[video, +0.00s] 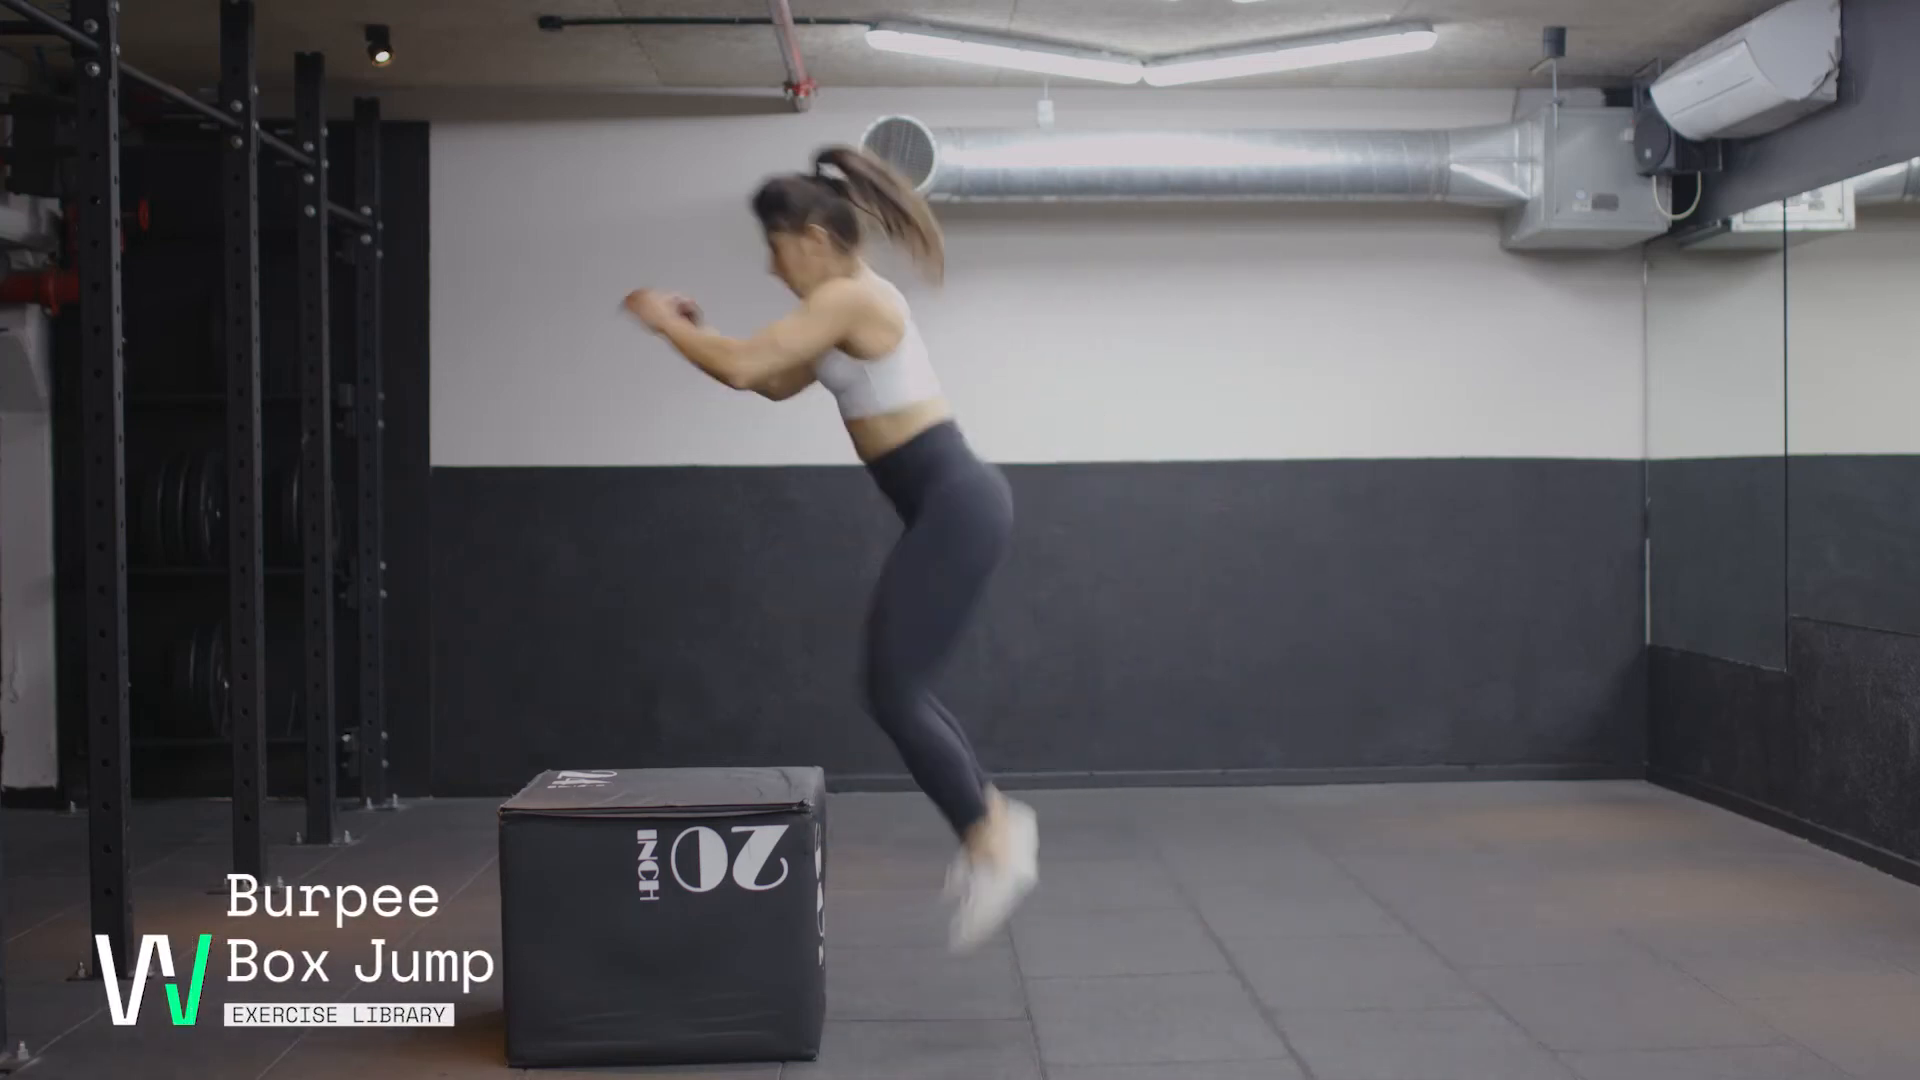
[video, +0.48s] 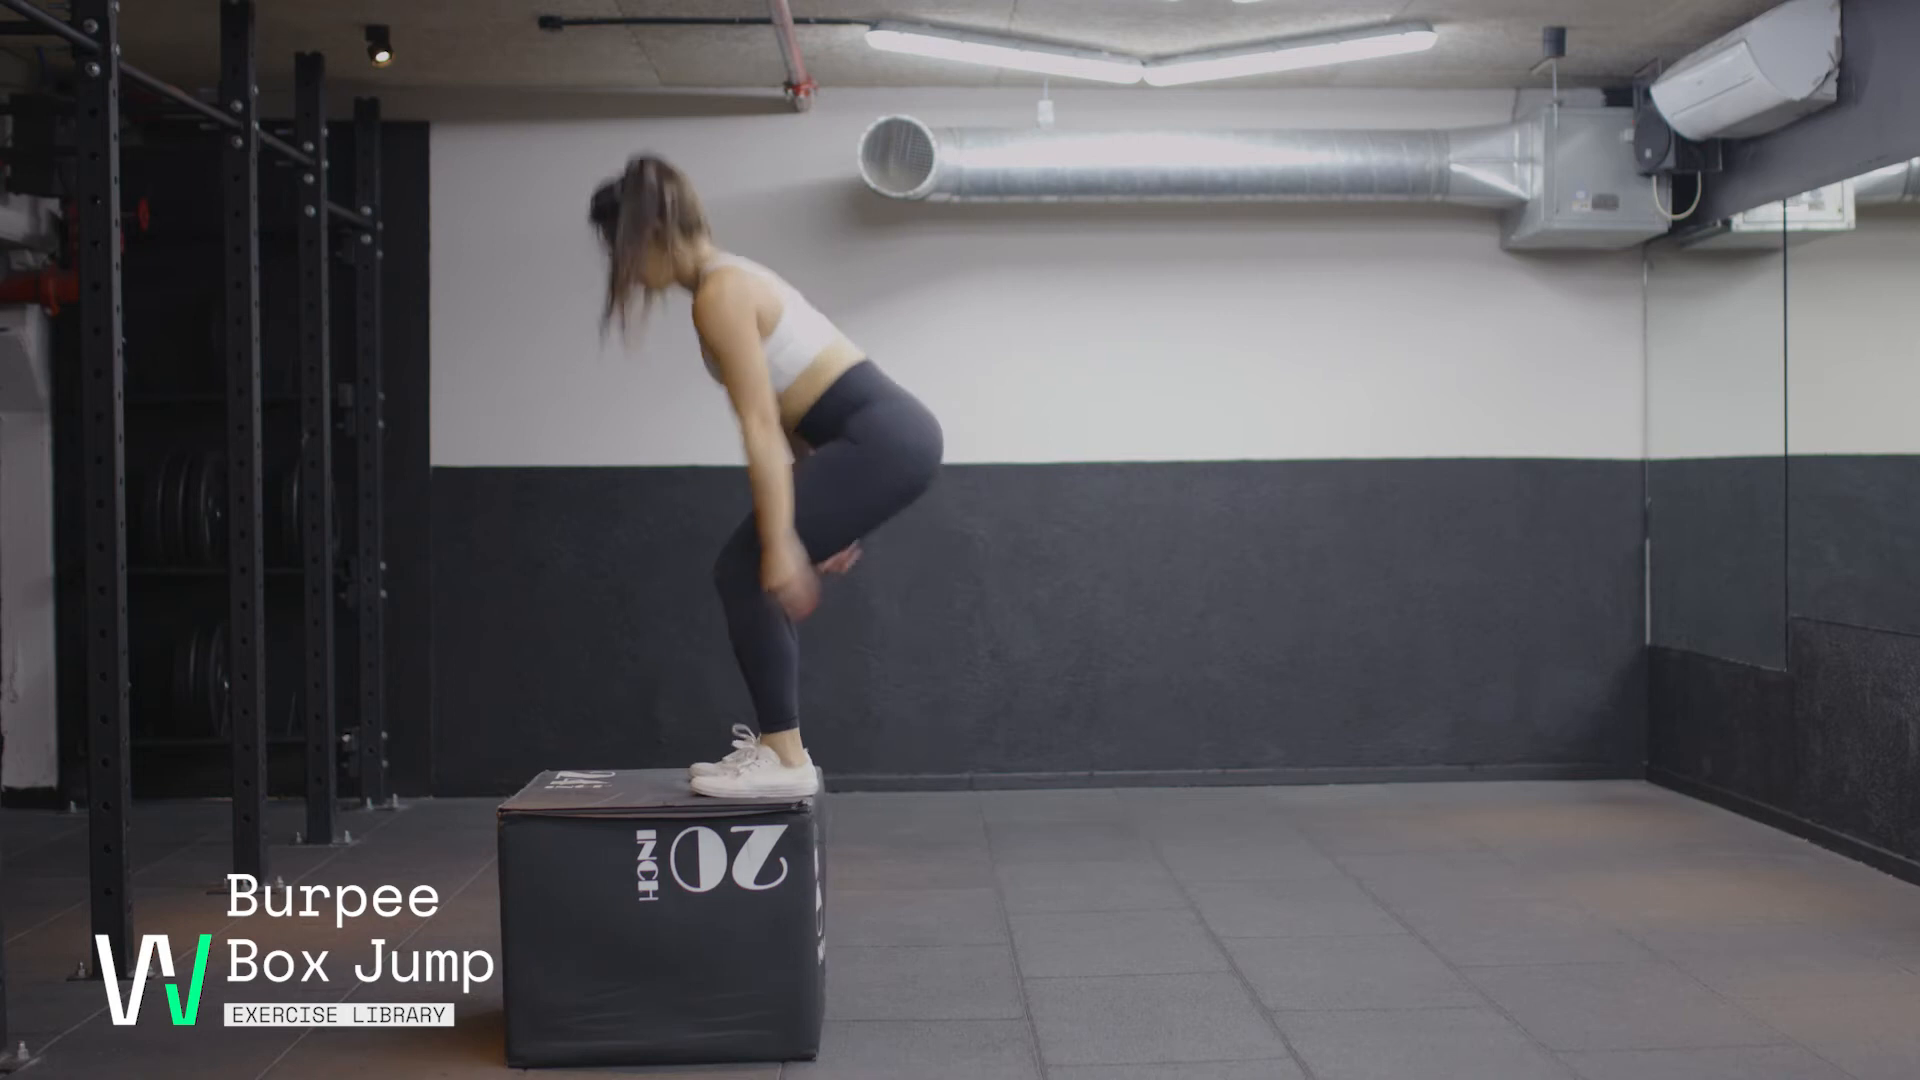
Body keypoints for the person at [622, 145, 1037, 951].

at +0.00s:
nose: (772, 261)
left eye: (776, 244)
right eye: (771, 247)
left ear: (814, 237)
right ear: (822, 238)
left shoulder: (852, 299)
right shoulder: (851, 304)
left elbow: (746, 367)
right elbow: (774, 384)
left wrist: (668, 326)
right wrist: (691, 331)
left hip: (955, 505)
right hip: (944, 504)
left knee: (894, 688)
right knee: (895, 683)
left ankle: (989, 840)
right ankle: (993, 821)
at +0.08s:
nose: (729, 263)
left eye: (733, 246)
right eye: (726, 249)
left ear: (775, 231)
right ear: (776, 232)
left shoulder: (817, 289)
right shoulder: (820, 292)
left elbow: (719, 376)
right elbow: (756, 395)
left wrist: (625, 368)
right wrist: (652, 373)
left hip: (961, 478)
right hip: (953, 475)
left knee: (826, 606)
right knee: (833, 601)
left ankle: (951, 736)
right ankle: (951, 729)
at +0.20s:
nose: (676, 313)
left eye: (677, 293)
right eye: (670, 298)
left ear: (712, 273)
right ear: (716, 274)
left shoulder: (769, 336)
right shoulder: (778, 331)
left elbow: (694, 449)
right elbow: (721, 463)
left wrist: (594, 501)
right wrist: (616, 499)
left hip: (947, 462)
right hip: (941, 459)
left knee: (784, 555)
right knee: (783, 553)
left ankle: (813, 743)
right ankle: (798, 716)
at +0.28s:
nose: (649, 338)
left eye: (650, 320)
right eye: (643, 324)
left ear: (688, 298)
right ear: (688, 300)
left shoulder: (748, 361)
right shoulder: (758, 353)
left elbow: (696, 488)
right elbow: (740, 487)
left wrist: (611, 576)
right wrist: (663, 563)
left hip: (920, 483)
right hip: (921, 480)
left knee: (758, 568)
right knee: (760, 567)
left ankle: (783, 753)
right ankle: (780, 748)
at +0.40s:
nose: (627, 312)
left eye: (628, 294)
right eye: (621, 298)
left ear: (666, 275)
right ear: (668, 276)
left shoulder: (727, 344)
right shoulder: (741, 328)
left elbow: (732, 481)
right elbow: (770, 476)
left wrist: (712, 599)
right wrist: (755, 574)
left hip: (895, 473)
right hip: (899, 468)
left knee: (741, 573)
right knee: (741, 569)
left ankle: (783, 754)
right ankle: (778, 749)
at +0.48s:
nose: (622, 263)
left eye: (624, 245)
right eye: (617, 248)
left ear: (655, 233)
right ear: (673, 227)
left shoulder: (722, 297)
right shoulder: (726, 286)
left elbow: (760, 425)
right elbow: (779, 420)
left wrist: (782, 539)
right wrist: (825, 526)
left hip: (884, 441)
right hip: (879, 438)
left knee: (743, 571)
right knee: (747, 567)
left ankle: (783, 752)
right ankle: (778, 746)